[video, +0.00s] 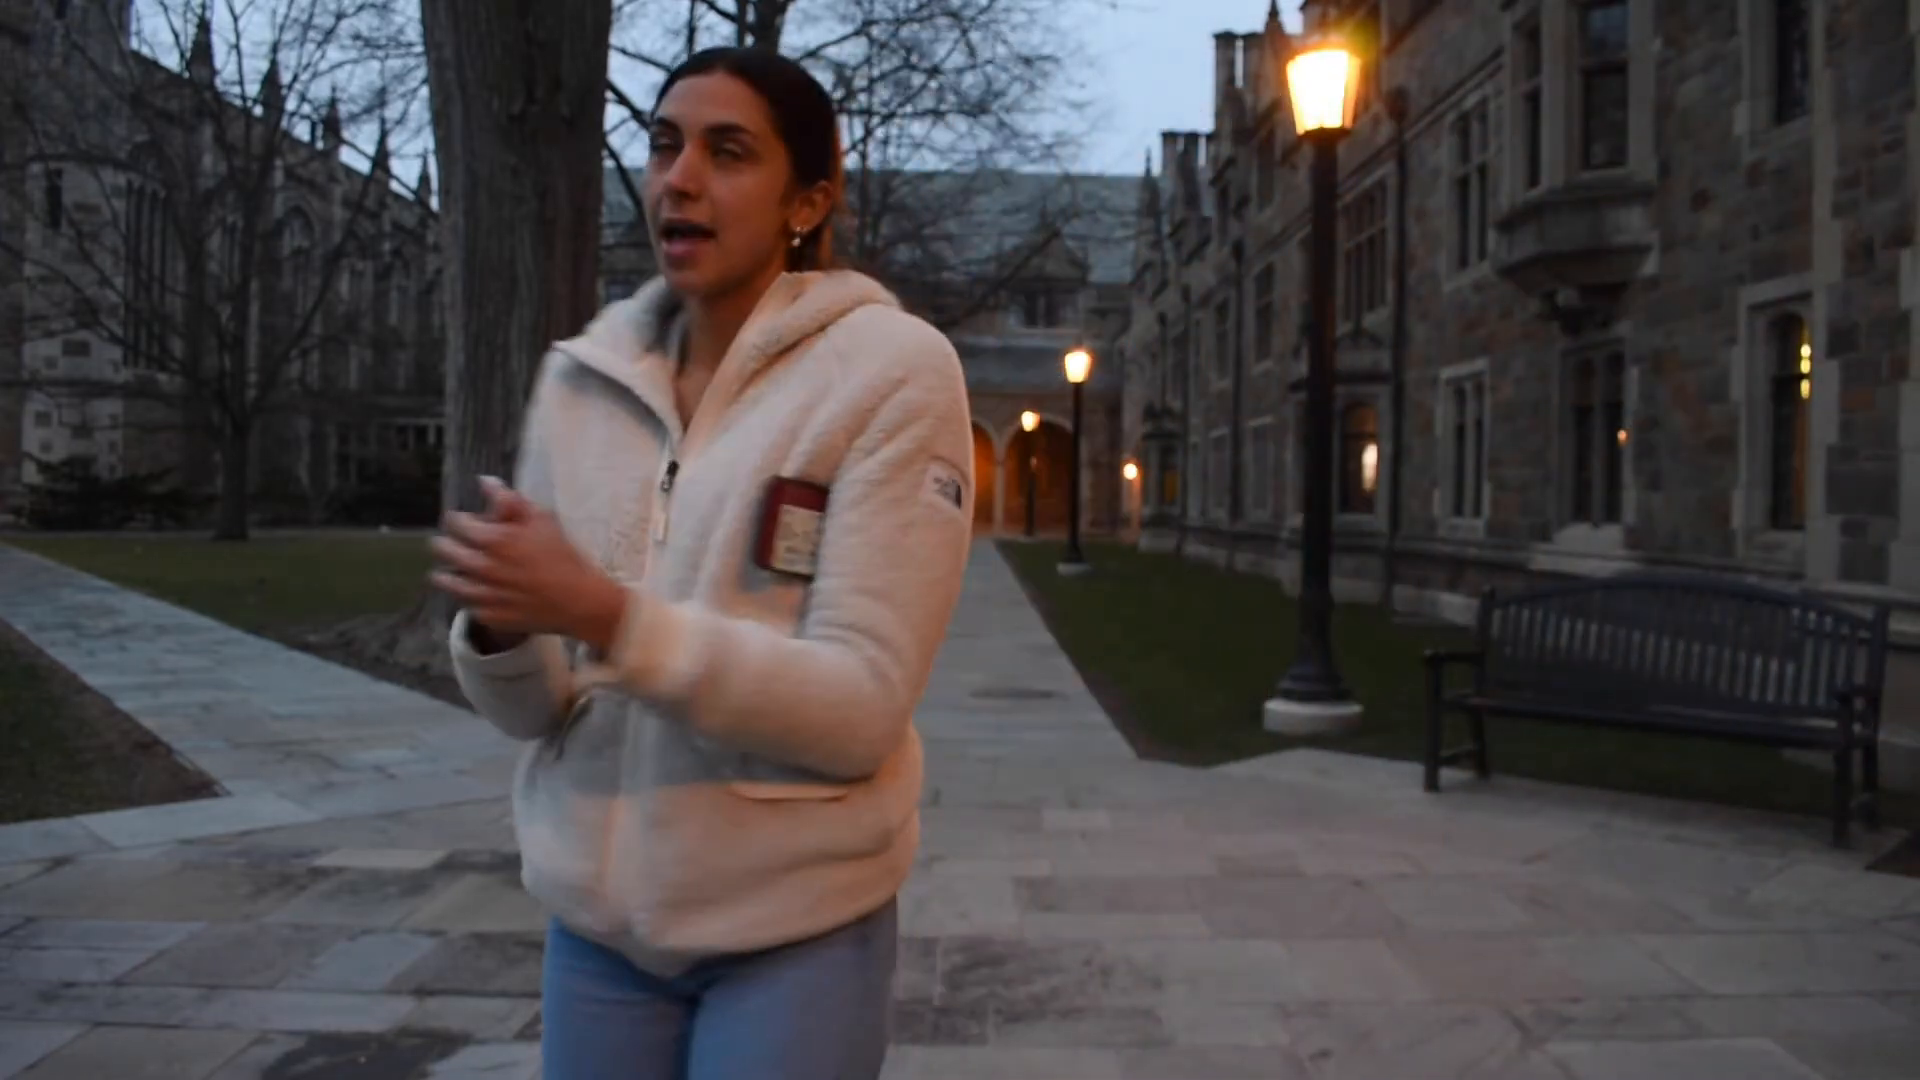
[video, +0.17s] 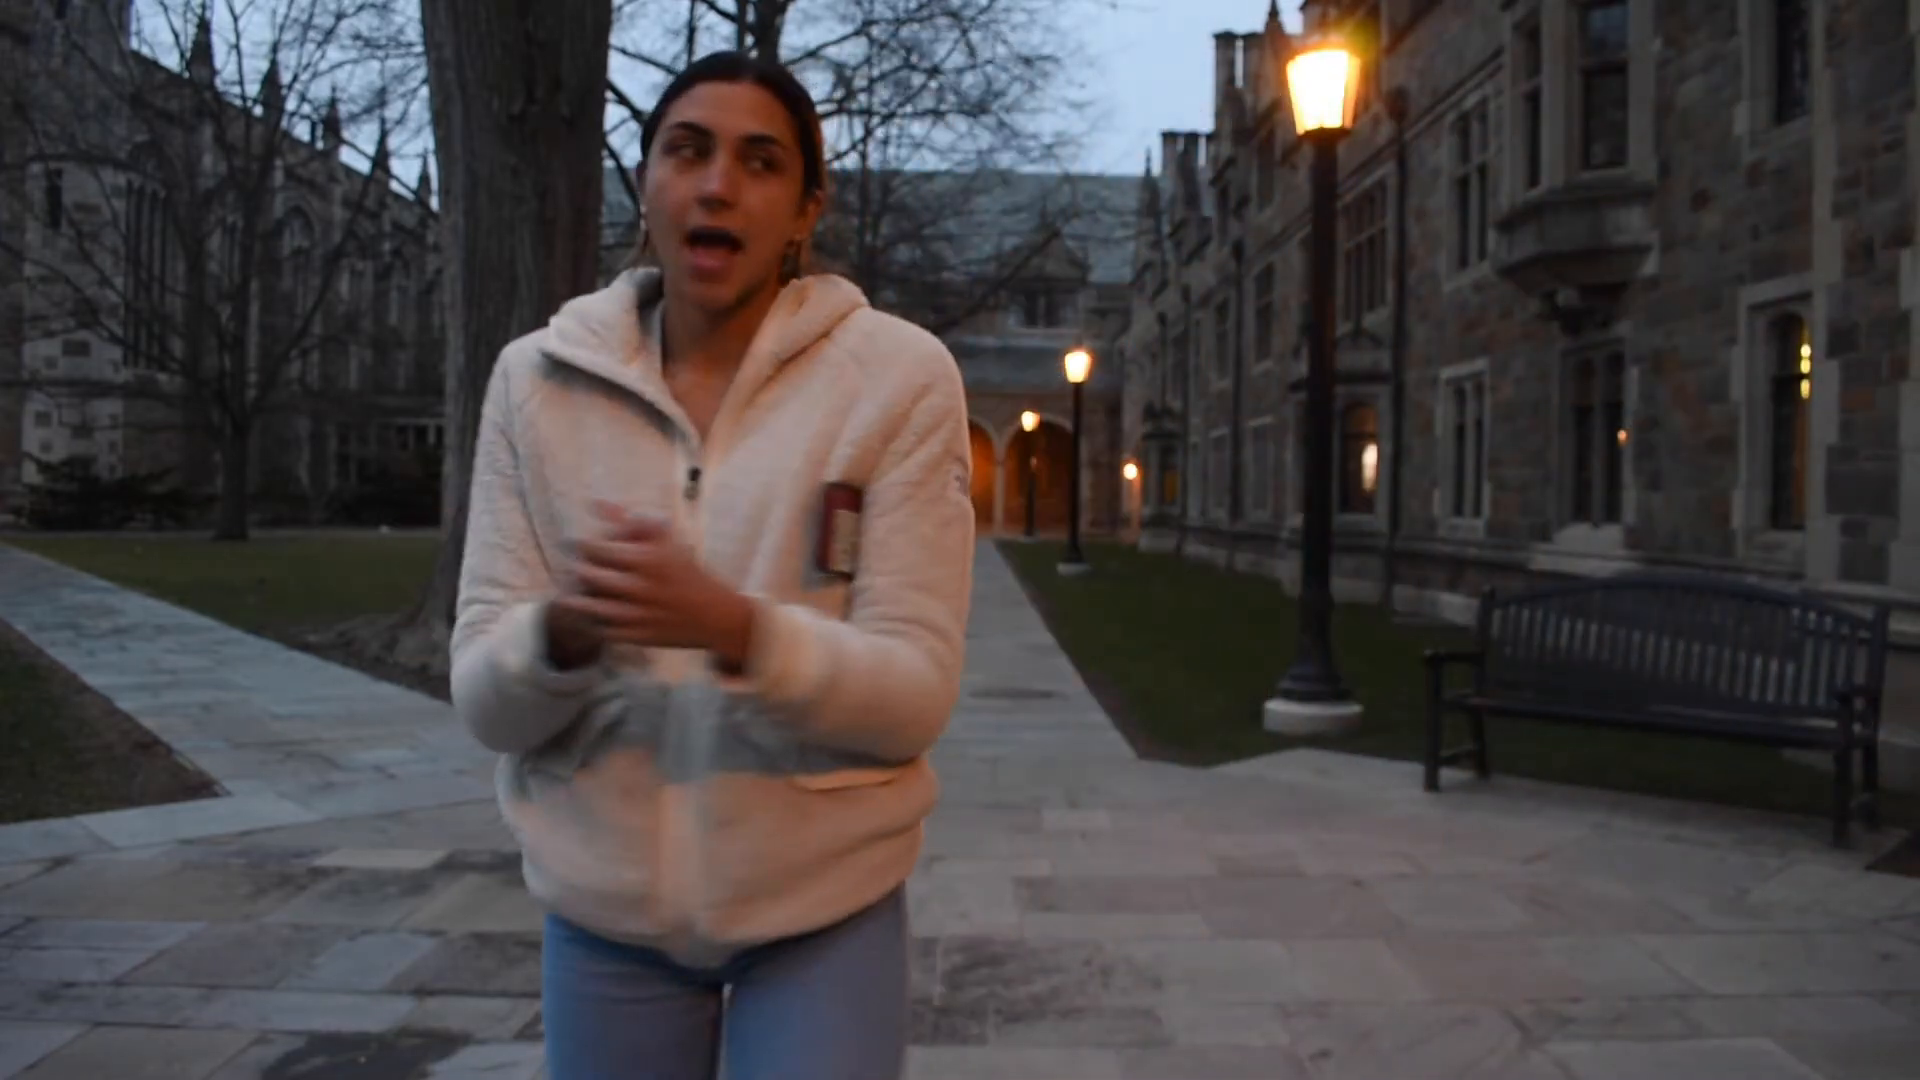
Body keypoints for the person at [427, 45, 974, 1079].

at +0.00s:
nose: (679, 179)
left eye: (729, 152)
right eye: (666, 145)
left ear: (808, 200)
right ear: (646, 173)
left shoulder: (896, 374)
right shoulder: (581, 374)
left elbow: (860, 709)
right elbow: (533, 712)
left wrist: (603, 613)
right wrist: (498, 617)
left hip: (797, 928)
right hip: (598, 924)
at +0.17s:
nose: (717, 187)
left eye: (758, 162)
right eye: (687, 151)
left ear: (807, 211)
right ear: (645, 187)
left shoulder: (900, 378)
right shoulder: (537, 379)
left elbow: (916, 691)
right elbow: (486, 698)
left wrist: (732, 625)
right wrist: (564, 626)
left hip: (825, 915)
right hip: (604, 919)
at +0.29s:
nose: (760, 195)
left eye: (796, 169)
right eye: (726, 156)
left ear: (825, 208)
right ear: (660, 186)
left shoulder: (909, 381)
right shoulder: (541, 379)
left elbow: (943, 690)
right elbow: (504, 702)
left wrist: (833, 621)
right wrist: (650, 620)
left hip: (848, 904)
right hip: (619, 913)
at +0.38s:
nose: (797, 198)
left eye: (827, 173)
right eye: (759, 157)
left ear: (848, 210)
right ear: (682, 186)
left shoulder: (920, 382)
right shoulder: (560, 375)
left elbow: (961, 694)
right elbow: (533, 711)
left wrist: (893, 613)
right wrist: (721, 603)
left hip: (866, 910)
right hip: (636, 922)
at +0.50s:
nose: (862, 204)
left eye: (882, 179)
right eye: (821, 163)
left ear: (895, 210)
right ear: (732, 189)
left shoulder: (941, 389)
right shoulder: (612, 372)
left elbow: (970, 712)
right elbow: (604, 719)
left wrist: (995, 606)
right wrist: (839, 587)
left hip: (896, 920)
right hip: (679, 931)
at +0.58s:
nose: (910, 211)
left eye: (923, 187)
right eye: (870, 171)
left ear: (936, 215)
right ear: (773, 195)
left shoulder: (961, 397)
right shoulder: (656, 372)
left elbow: (993, 696)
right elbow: (667, 728)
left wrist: (1080, 626)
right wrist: (907, 592)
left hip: (938, 939)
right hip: (728, 949)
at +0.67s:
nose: (964, 217)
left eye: (971, 189)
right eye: (926, 176)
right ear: (823, 198)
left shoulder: (984, 401)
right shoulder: (705, 371)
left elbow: (1022, 692)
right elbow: (742, 734)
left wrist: (1173, 628)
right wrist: (999, 595)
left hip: (979, 943)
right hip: (780, 956)